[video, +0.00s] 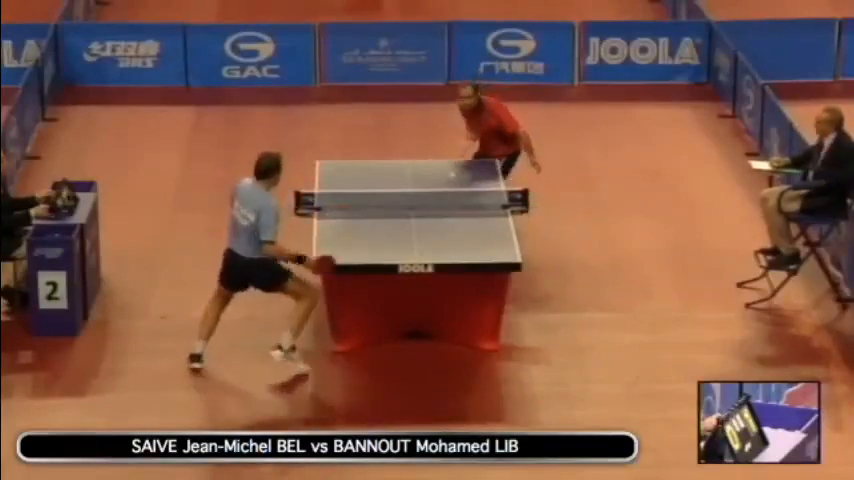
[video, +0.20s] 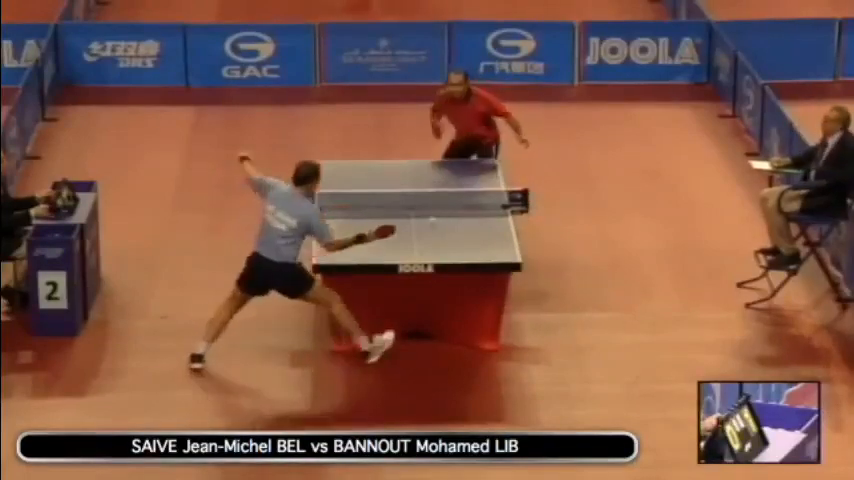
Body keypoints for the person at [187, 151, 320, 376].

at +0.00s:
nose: (281, 176)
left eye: (279, 172)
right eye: (280, 173)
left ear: (257, 171)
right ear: (276, 176)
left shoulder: (242, 186)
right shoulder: (268, 203)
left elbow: (234, 205)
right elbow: (268, 247)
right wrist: (301, 259)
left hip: (232, 259)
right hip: (258, 265)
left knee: (219, 300)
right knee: (309, 295)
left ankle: (198, 350)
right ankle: (286, 346)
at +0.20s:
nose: (318, 185)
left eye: (316, 179)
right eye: (317, 181)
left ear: (294, 177)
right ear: (314, 184)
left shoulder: (275, 189)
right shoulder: (309, 212)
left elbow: (252, 177)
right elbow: (330, 245)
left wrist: (244, 159)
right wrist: (363, 239)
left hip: (258, 265)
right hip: (287, 271)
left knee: (231, 305)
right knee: (333, 301)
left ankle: (200, 350)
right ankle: (366, 343)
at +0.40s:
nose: (374, 201)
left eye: (372, 197)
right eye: (374, 198)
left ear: (351, 192)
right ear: (370, 200)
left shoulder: (331, 202)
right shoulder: (367, 222)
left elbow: (298, 208)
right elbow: (381, 232)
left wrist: (272, 200)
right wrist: (397, 220)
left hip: (301, 266)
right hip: (329, 273)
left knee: (264, 311)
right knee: (371, 295)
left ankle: (223, 351)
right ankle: (381, 349)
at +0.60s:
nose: (380, 205)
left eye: (375, 200)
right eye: (380, 202)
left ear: (358, 198)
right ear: (379, 204)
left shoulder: (342, 209)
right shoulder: (379, 226)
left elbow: (321, 213)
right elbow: (402, 241)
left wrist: (289, 215)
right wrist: (409, 227)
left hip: (320, 270)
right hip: (351, 274)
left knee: (283, 313)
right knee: (385, 294)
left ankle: (248, 362)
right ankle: (384, 348)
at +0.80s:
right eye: (356, 176)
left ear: (334, 175)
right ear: (356, 179)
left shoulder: (316, 192)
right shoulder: (360, 204)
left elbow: (283, 191)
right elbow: (376, 243)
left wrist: (272, 191)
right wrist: (396, 240)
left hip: (307, 261)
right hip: (338, 262)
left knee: (284, 315)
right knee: (363, 303)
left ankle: (275, 370)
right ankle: (383, 349)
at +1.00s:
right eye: (336, 177)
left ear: (314, 178)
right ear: (336, 180)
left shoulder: (295, 200)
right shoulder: (338, 208)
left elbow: (269, 231)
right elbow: (350, 251)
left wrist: (275, 258)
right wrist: (369, 254)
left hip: (286, 265)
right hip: (315, 269)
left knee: (259, 315)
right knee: (347, 319)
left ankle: (228, 366)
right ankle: (341, 378)